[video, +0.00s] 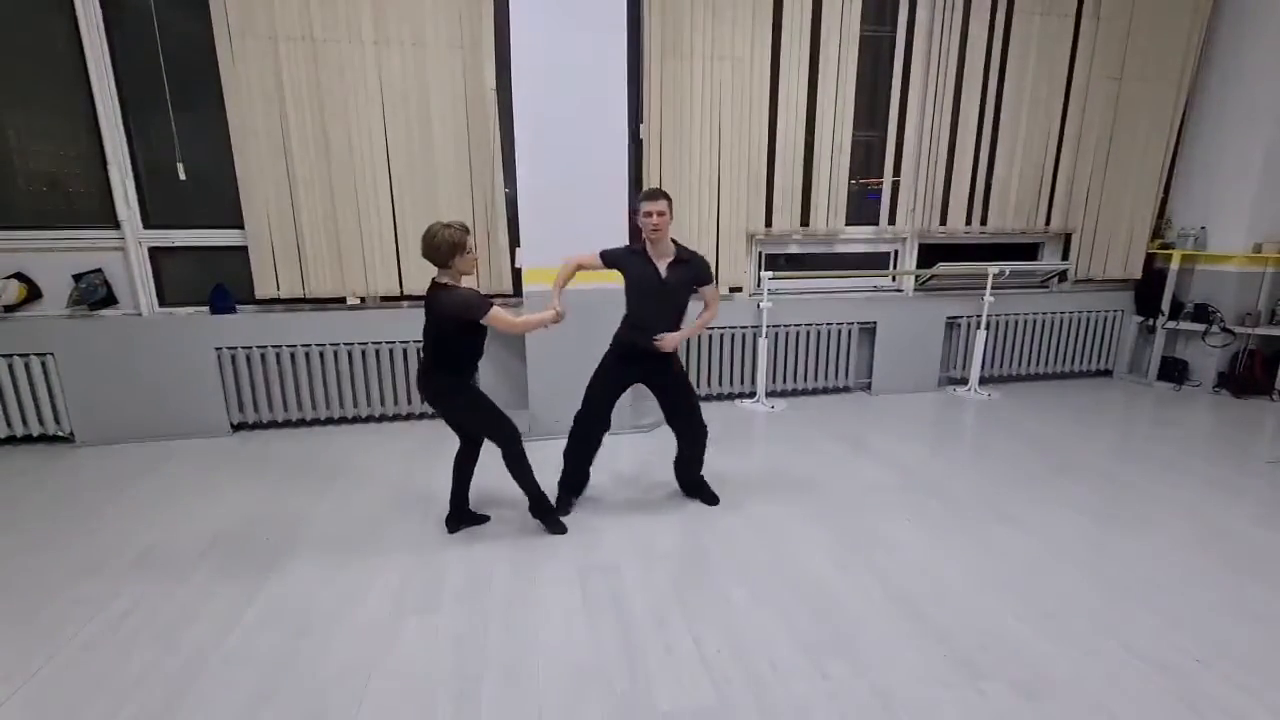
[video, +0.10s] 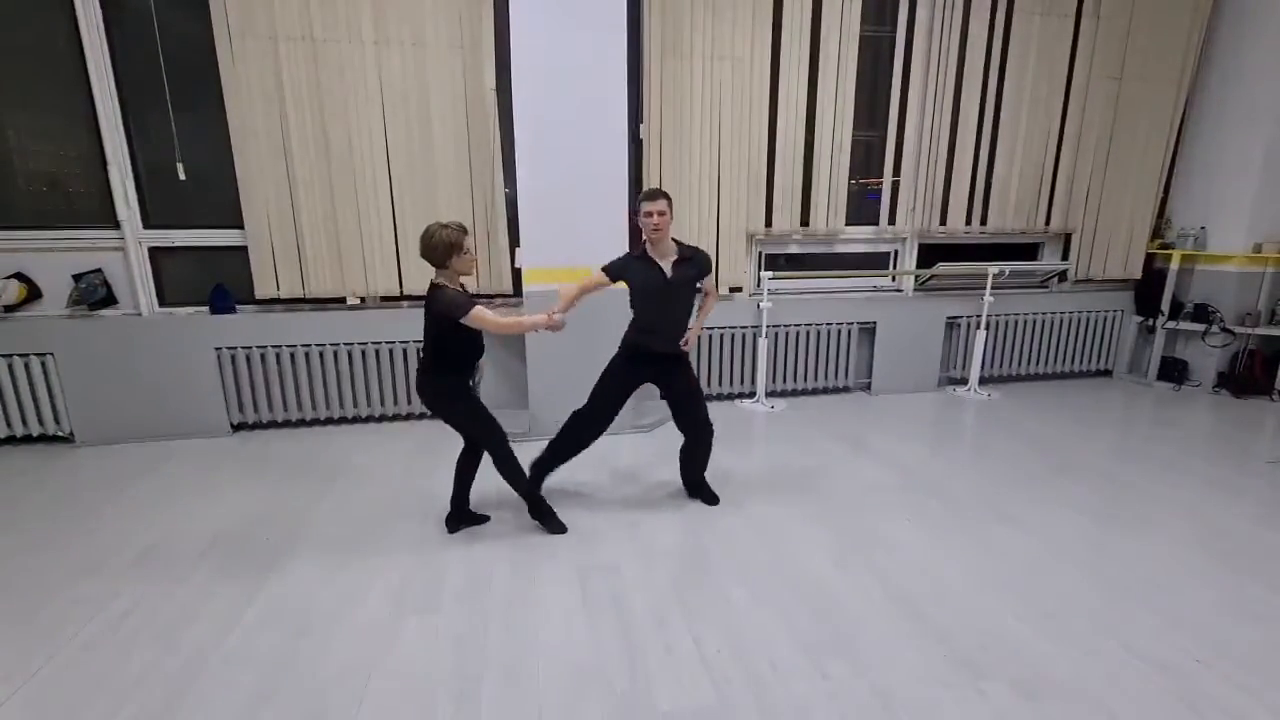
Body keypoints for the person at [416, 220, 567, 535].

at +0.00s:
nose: (475, 254)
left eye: (472, 248)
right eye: (468, 251)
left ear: (447, 259)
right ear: (452, 260)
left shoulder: (440, 290)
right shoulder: (464, 298)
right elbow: (513, 325)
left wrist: (492, 307)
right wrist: (553, 316)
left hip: (436, 381)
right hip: (451, 385)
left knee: (471, 437)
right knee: (507, 433)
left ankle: (458, 512)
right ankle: (541, 505)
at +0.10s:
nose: (473, 255)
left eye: (471, 249)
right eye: (466, 252)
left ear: (450, 259)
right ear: (448, 260)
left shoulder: (454, 288)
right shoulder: (445, 297)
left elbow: (491, 319)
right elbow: (496, 324)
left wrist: (531, 322)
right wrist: (542, 321)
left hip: (450, 381)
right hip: (442, 386)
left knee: (475, 439)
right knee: (495, 438)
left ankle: (458, 512)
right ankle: (536, 505)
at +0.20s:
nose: (472, 257)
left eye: (471, 251)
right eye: (465, 253)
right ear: (446, 261)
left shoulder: (472, 290)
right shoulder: (429, 296)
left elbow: (496, 323)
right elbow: (472, 320)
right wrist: (522, 314)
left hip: (464, 383)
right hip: (435, 388)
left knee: (484, 440)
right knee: (485, 442)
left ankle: (459, 512)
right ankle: (535, 507)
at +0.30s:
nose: (471, 257)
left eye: (469, 251)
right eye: (464, 253)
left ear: (457, 257)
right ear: (444, 260)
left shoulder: (476, 290)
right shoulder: (421, 296)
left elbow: (510, 326)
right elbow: (461, 311)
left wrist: (489, 358)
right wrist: (505, 299)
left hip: (469, 380)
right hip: (434, 387)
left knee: (489, 441)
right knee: (483, 445)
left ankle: (459, 511)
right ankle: (531, 508)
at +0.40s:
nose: (471, 257)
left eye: (470, 251)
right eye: (464, 253)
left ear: (458, 257)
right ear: (444, 261)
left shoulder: (478, 289)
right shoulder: (421, 295)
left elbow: (515, 325)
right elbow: (459, 308)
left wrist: (493, 361)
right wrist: (497, 295)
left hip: (471, 382)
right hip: (435, 388)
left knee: (489, 442)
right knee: (483, 444)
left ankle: (458, 511)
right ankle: (531, 508)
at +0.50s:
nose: (473, 257)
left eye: (472, 250)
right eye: (467, 252)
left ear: (458, 258)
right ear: (448, 260)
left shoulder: (478, 288)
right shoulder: (427, 296)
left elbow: (519, 310)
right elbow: (464, 315)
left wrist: (519, 355)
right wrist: (507, 306)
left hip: (470, 380)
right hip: (438, 386)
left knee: (487, 439)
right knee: (488, 436)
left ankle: (458, 510)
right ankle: (531, 502)